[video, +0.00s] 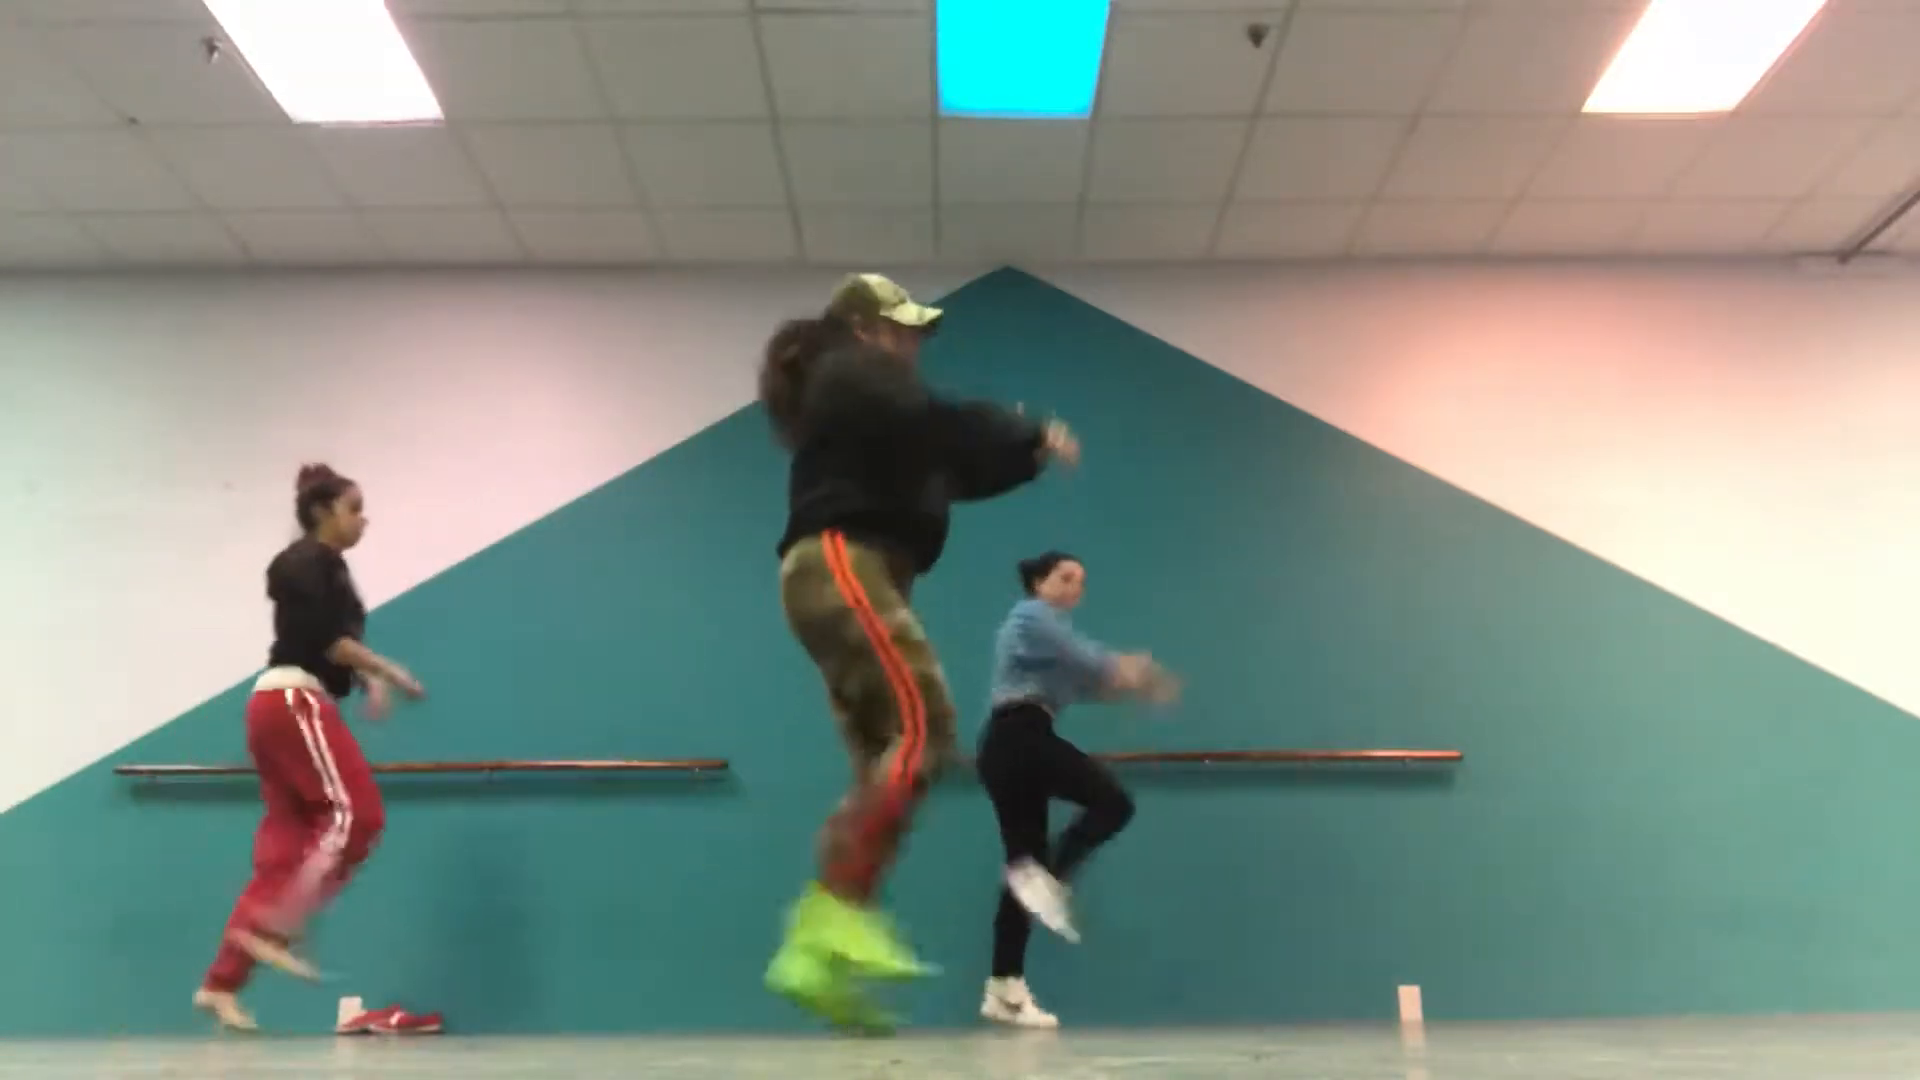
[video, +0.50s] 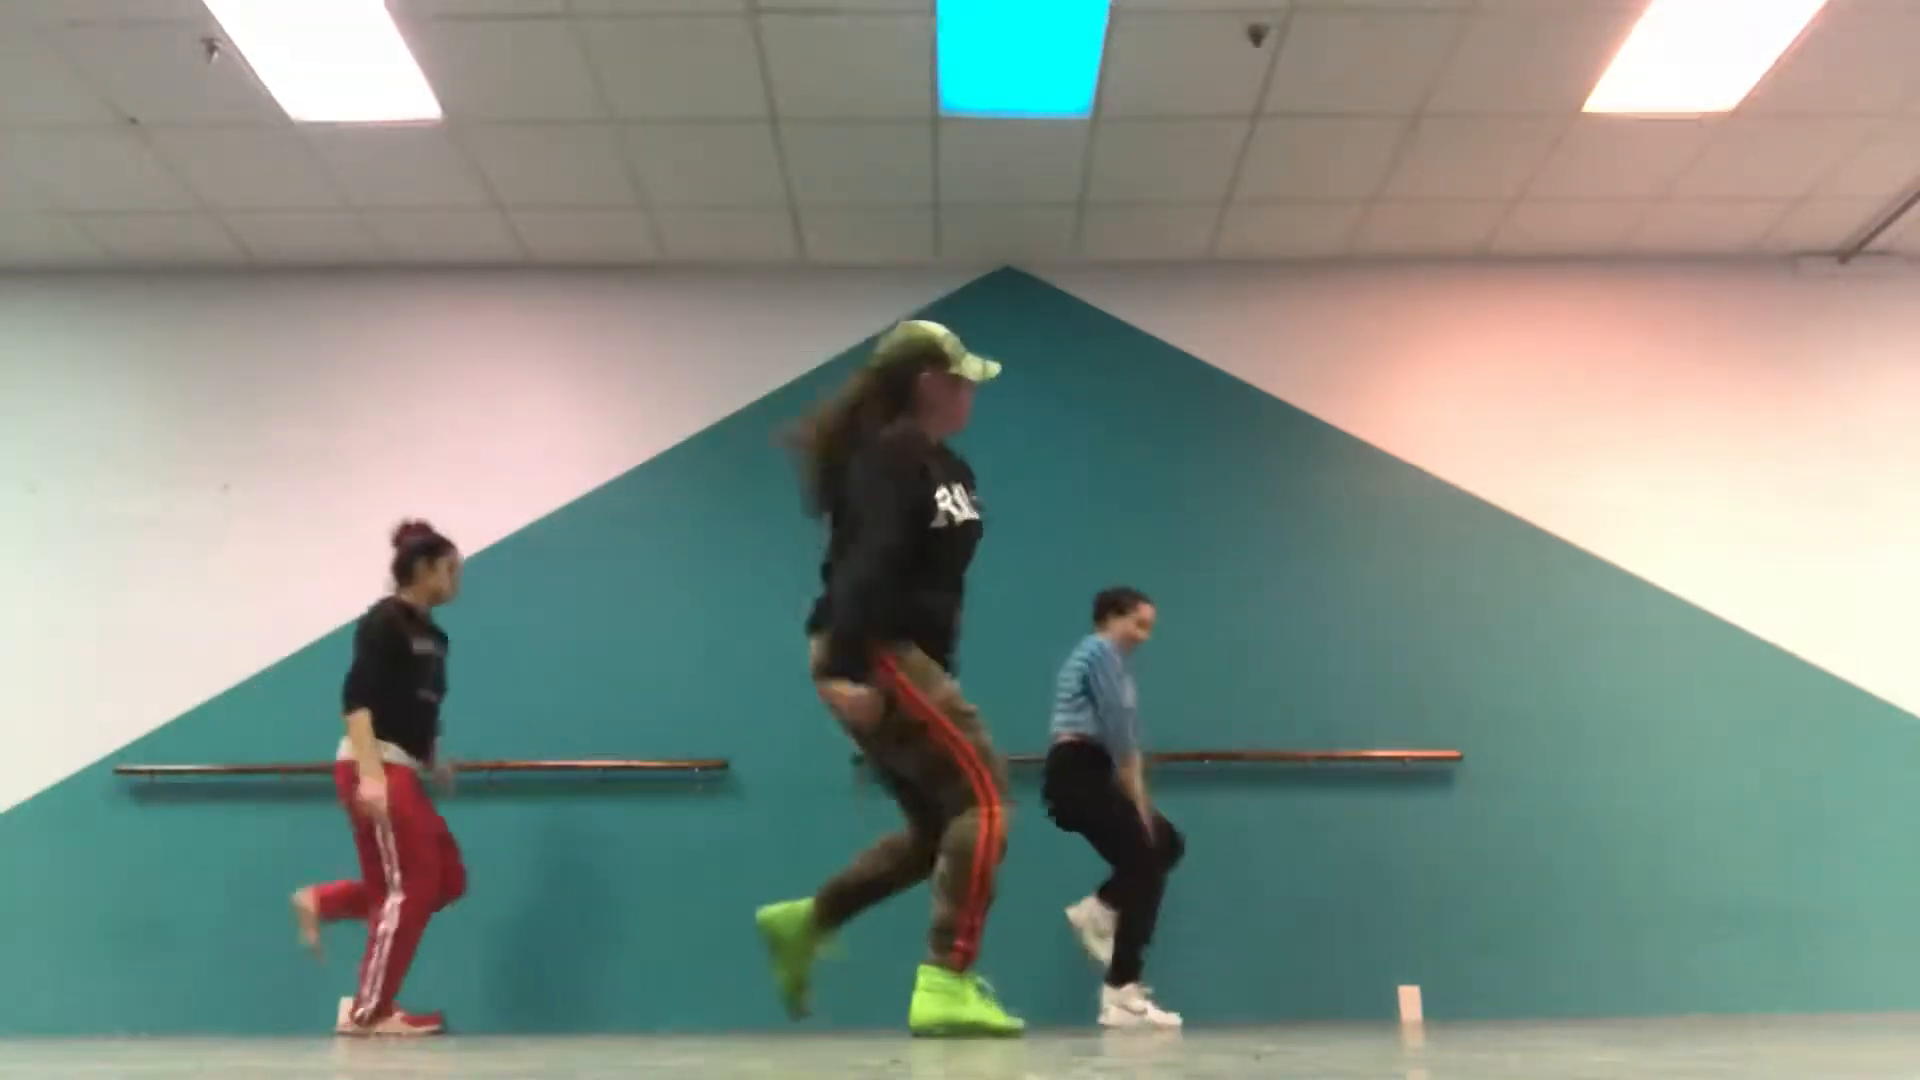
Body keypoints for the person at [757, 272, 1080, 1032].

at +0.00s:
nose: (915, 343)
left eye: (915, 333)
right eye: (903, 331)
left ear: (871, 329)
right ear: (864, 328)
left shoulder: (876, 394)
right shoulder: (847, 373)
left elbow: (949, 467)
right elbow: (929, 425)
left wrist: (1031, 453)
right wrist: (1027, 432)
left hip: (852, 570)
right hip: (838, 561)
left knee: (887, 760)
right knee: (920, 731)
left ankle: (822, 946)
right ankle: (839, 902)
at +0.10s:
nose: (919, 366)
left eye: (918, 355)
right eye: (908, 354)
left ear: (879, 352)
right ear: (868, 351)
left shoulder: (900, 428)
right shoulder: (849, 401)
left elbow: (975, 452)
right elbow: (946, 397)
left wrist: (1043, 408)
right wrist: (1048, 379)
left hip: (862, 608)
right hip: (836, 599)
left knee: (844, 798)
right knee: (905, 767)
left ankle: (765, 969)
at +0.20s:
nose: (921, 367)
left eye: (920, 356)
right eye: (909, 355)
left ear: (861, 354)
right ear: (871, 351)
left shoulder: (894, 421)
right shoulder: (853, 399)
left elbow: (975, 444)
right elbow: (951, 406)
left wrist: (1061, 417)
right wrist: (1074, 398)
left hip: (839, 620)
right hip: (834, 615)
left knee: (849, 810)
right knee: (931, 774)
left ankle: (760, 977)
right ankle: (997, 966)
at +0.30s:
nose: (929, 361)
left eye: (928, 349)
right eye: (917, 348)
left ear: (876, 348)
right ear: (881, 346)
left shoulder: (882, 405)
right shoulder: (873, 396)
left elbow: (969, 467)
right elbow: (957, 450)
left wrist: (1049, 519)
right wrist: (1050, 497)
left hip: (857, 597)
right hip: (851, 594)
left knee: (905, 794)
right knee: (938, 767)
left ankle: (809, 947)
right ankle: (968, 960)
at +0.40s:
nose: (951, 383)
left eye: (951, 370)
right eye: (940, 369)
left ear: (913, 371)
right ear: (901, 368)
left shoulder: (933, 445)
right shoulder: (873, 426)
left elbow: (974, 536)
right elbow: (907, 532)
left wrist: (1001, 612)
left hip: (883, 621)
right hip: (859, 617)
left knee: (947, 798)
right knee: (956, 785)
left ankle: (826, 926)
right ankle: (945, 979)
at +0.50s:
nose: (971, 397)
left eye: (970, 385)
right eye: (963, 385)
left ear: (930, 386)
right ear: (929, 385)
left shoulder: (946, 464)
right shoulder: (890, 454)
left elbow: (926, 564)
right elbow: (865, 556)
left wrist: (936, 665)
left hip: (901, 648)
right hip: (876, 650)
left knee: (938, 834)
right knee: (980, 795)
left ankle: (805, 923)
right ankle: (947, 981)